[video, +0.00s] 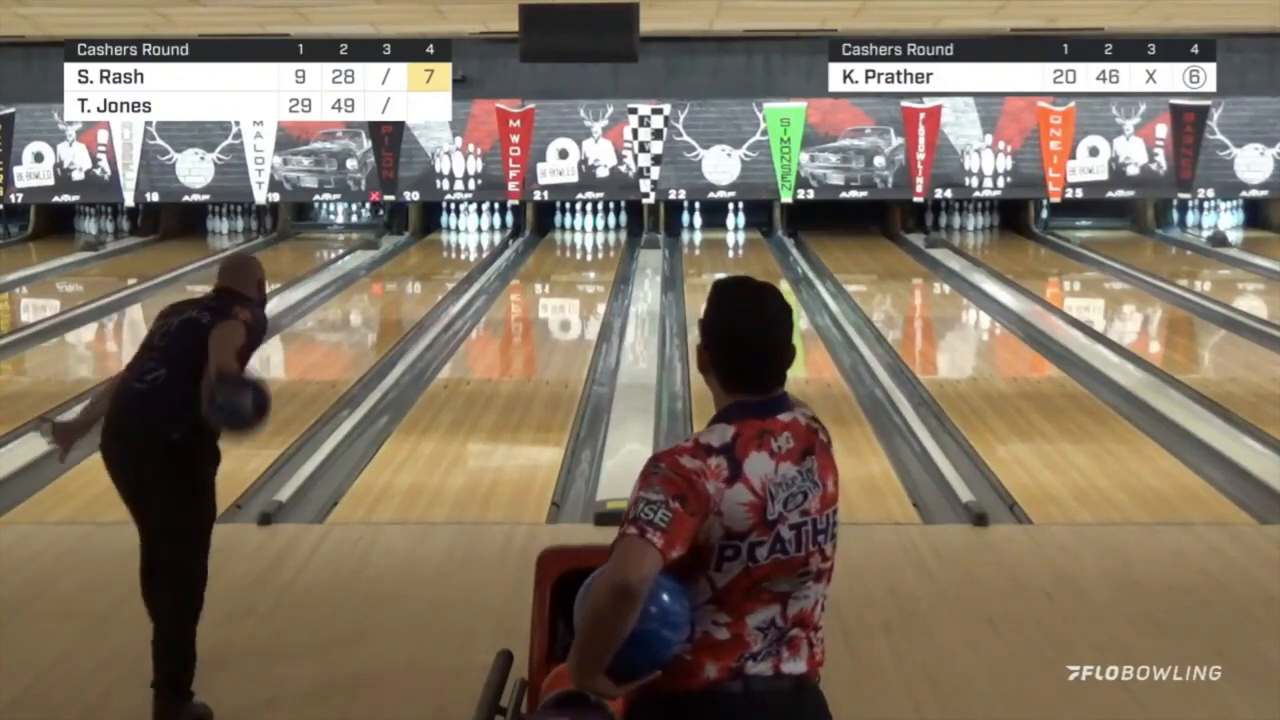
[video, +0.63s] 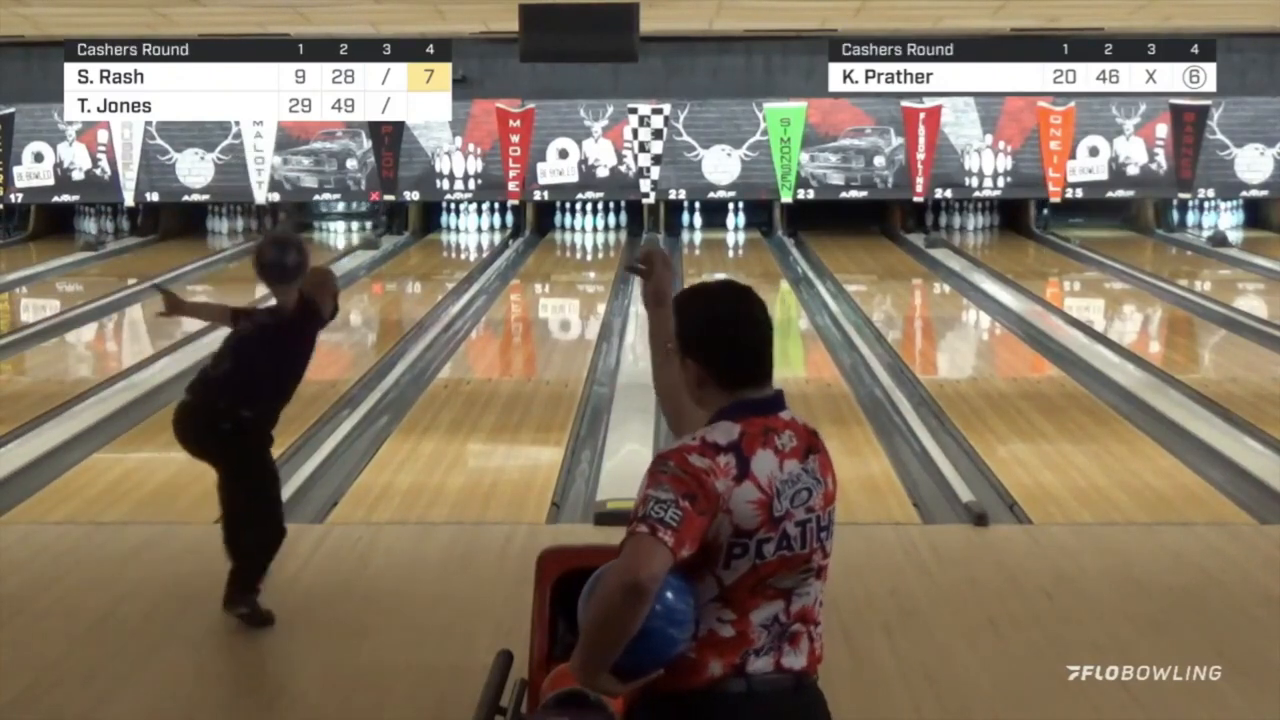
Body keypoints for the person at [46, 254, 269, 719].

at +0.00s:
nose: (264, 294)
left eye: (262, 287)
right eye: (263, 287)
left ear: (219, 284)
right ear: (256, 286)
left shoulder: (177, 311)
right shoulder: (246, 311)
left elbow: (131, 374)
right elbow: (225, 332)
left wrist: (79, 424)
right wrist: (224, 377)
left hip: (123, 437)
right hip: (176, 446)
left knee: (157, 548)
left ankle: (170, 674)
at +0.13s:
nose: (275, 277)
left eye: (273, 270)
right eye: (268, 272)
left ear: (224, 277)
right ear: (249, 279)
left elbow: (149, 359)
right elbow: (151, 358)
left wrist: (100, 388)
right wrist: (102, 389)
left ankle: (182, 654)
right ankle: (181, 659)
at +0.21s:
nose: (276, 283)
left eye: (275, 274)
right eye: (276, 275)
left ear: (249, 274)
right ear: (272, 285)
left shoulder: (209, 304)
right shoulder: (251, 293)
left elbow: (170, 359)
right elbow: (220, 258)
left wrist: (127, 370)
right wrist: (206, 219)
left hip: (142, 415)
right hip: (199, 421)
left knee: (168, 528)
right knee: (221, 538)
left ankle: (179, 636)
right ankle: (196, 638)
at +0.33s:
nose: (298, 277)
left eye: (298, 272)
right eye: (296, 271)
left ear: (264, 272)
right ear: (282, 276)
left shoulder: (234, 300)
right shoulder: (258, 284)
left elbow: (189, 345)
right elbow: (227, 231)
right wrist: (224, 177)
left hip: (155, 414)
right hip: (208, 417)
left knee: (175, 529)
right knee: (247, 516)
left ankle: (180, 644)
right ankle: (232, 624)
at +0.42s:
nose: (311, 287)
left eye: (308, 279)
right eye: (311, 281)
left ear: (274, 269)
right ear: (303, 286)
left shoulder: (247, 296)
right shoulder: (277, 293)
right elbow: (244, 231)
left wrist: (242, 168)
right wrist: (242, 172)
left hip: (169, 414)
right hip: (220, 421)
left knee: (191, 515)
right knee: (250, 514)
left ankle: (179, 612)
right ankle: (237, 612)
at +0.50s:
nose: (319, 283)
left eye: (319, 278)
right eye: (315, 275)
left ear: (282, 281)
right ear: (300, 283)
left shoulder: (249, 310)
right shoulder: (283, 301)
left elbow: (220, 332)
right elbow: (259, 247)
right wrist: (248, 187)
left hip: (177, 417)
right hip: (226, 426)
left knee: (207, 499)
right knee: (256, 518)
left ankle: (197, 593)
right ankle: (236, 610)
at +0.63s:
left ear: (263, 278)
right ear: (307, 275)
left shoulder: (262, 318)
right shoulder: (308, 318)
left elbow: (227, 314)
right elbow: (323, 289)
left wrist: (184, 307)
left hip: (190, 419)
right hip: (238, 433)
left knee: (238, 468)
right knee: (266, 522)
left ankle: (241, 551)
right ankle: (241, 594)